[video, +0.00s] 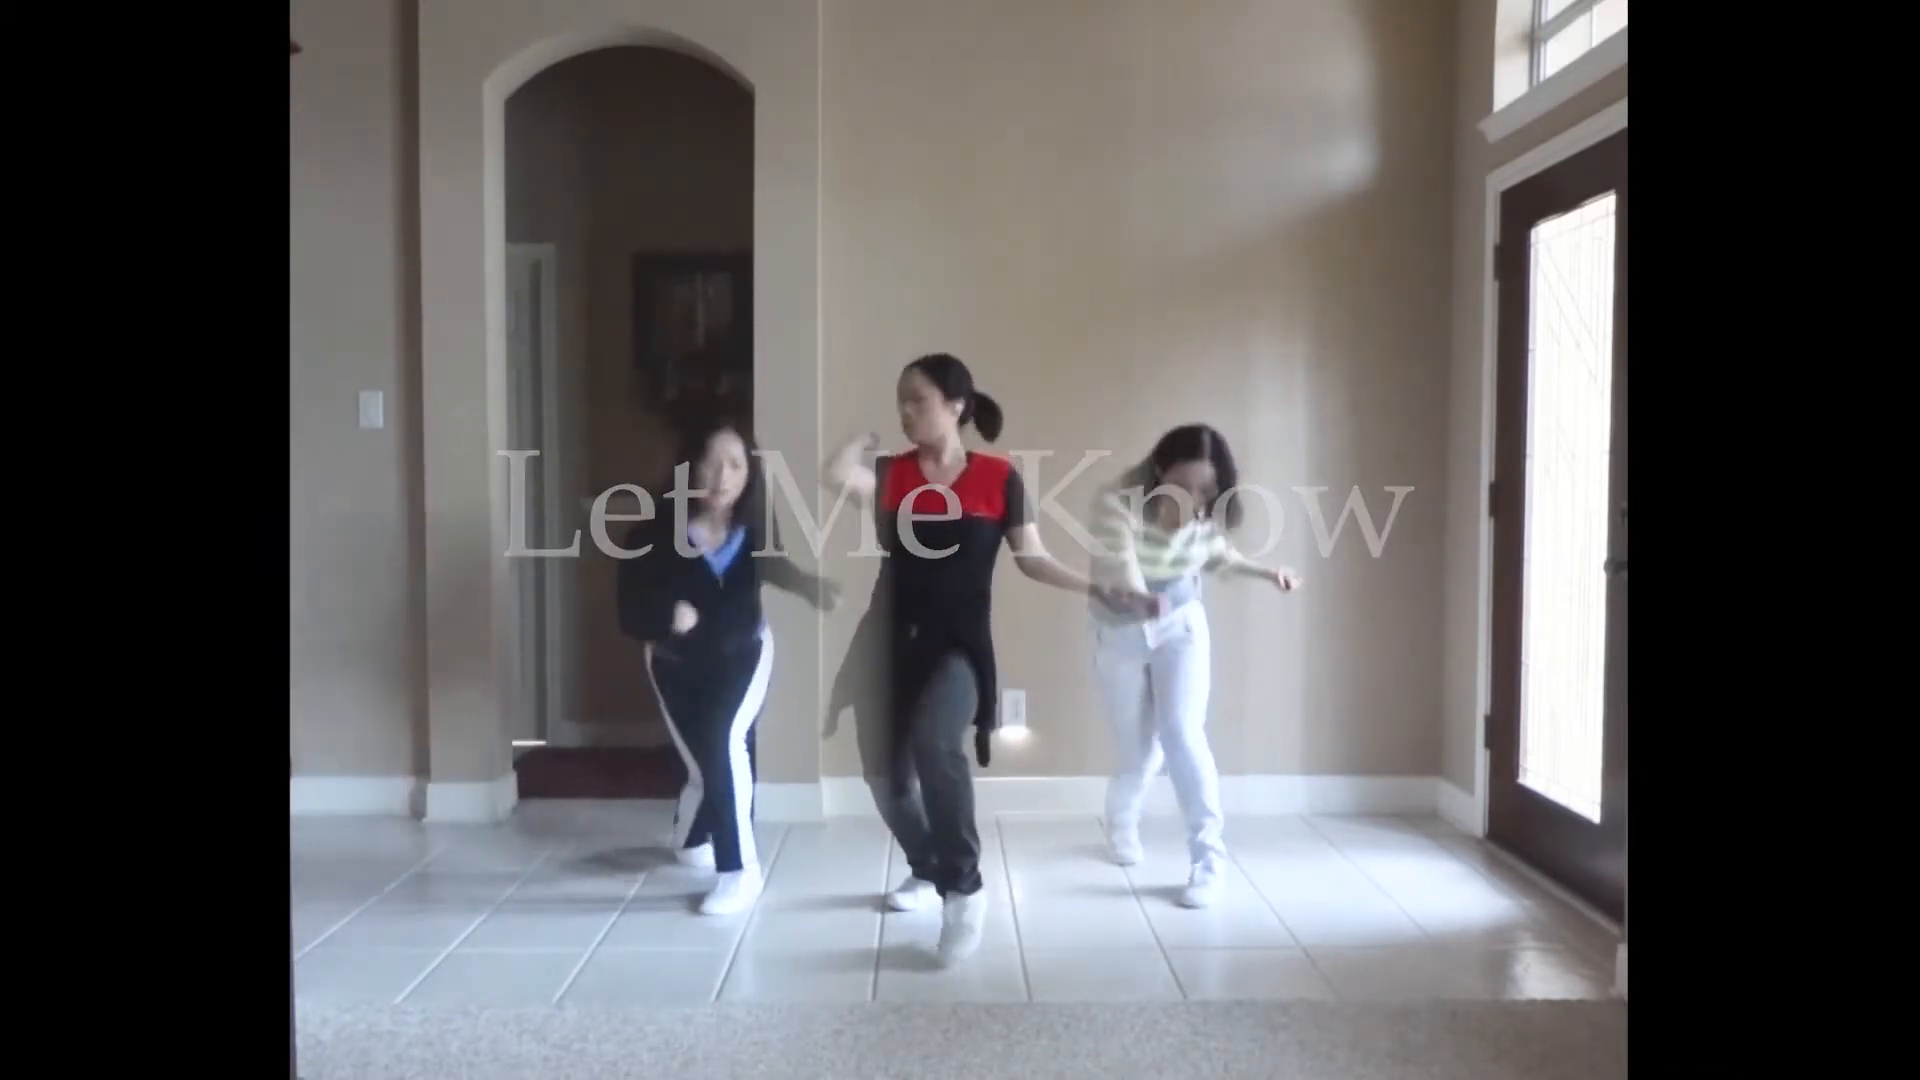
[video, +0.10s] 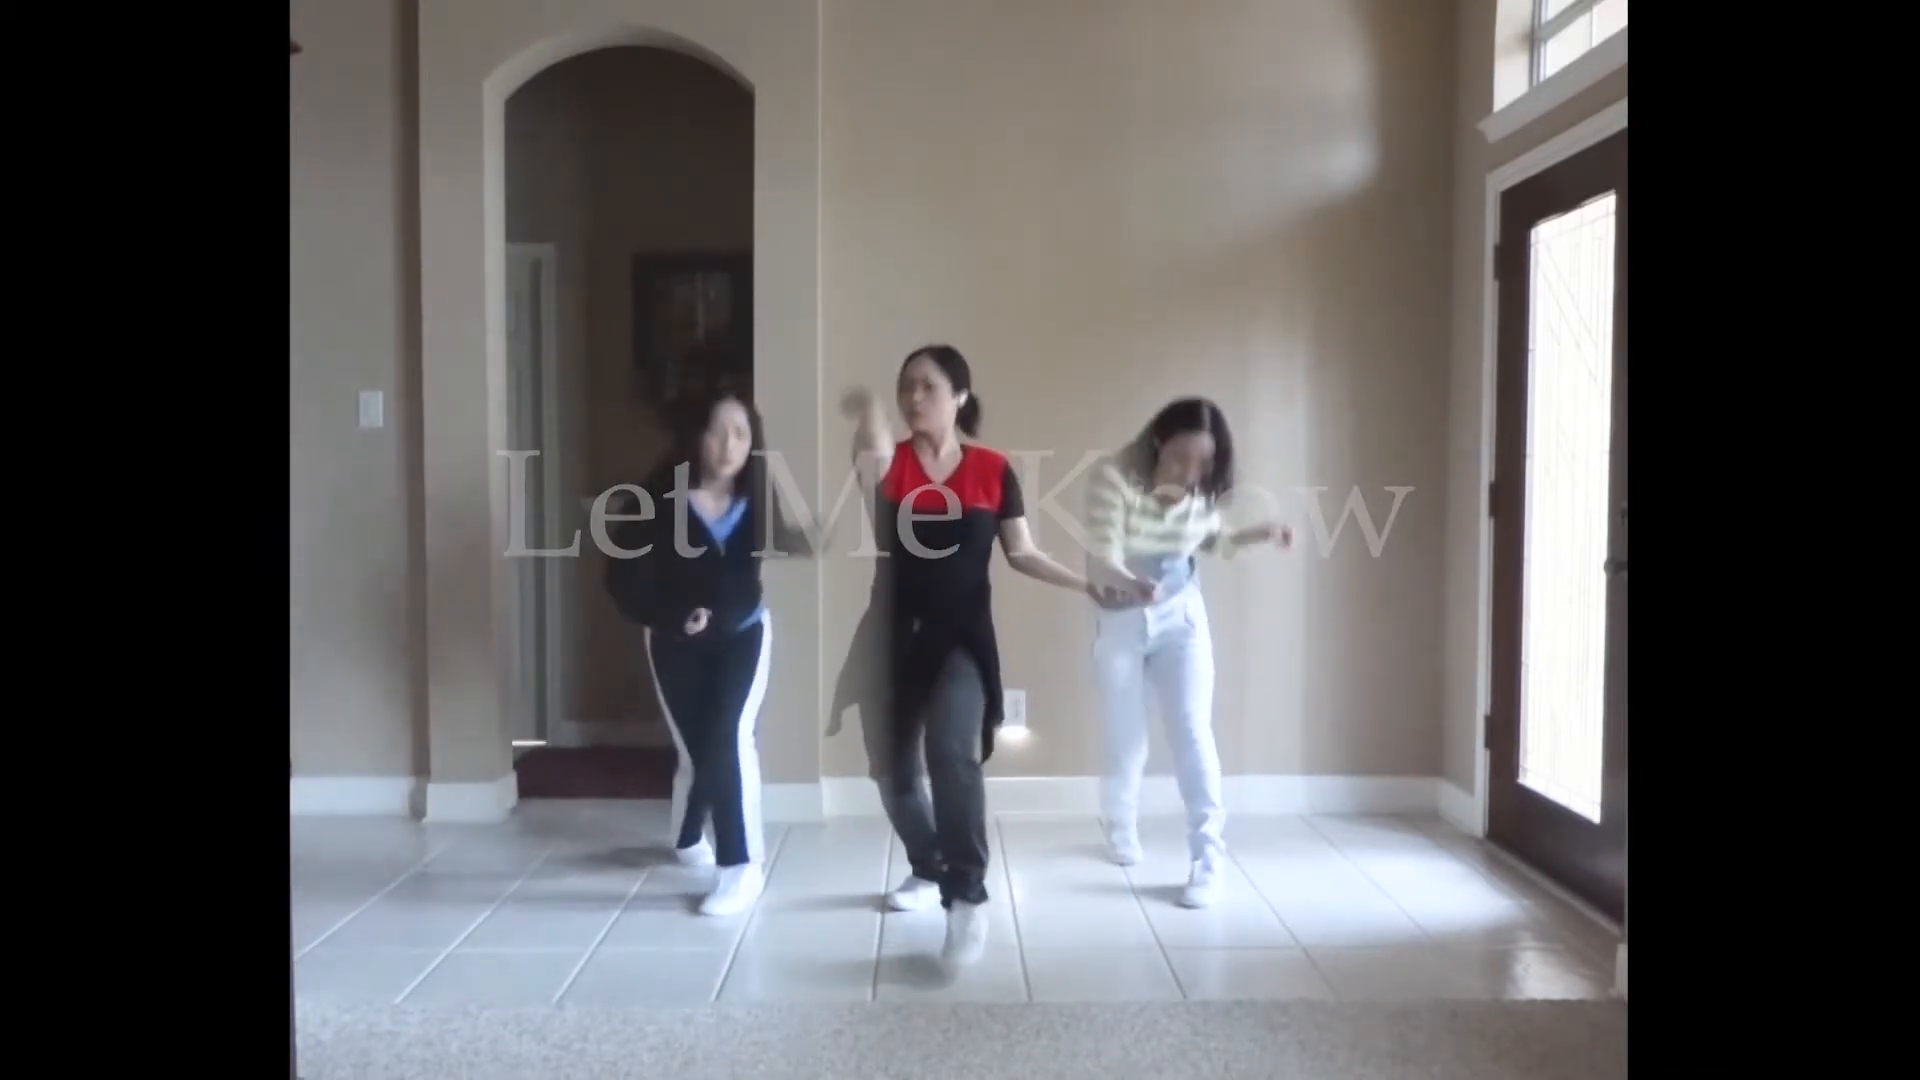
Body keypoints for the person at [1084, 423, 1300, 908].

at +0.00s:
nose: (1190, 503)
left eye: (1204, 495)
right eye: (1182, 487)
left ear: (1216, 493)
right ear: (1161, 471)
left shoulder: (1203, 526)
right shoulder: (1117, 504)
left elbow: (1220, 561)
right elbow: (1115, 561)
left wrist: (1266, 573)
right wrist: (1135, 594)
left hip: (1180, 624)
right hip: (1118, 630)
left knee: (1182, 732)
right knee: (1138, 748)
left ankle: (1207, 858)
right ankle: (1121, 824)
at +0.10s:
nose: (1188, 472)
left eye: (1201, 463)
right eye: (1179, 457)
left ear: (1213, 462)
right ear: (1158, 444)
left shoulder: (1202, 496)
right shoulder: (1113, 479)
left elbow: (1209, 543)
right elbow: (1101, 562)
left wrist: (1261, 534)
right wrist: (1131, 585)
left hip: (1180, 617)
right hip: (1119, 620)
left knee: (1192, 734)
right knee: (1127, 739)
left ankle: (1207, 858)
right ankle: (1120, 826)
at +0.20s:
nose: (1192, 434)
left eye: (1203, 424)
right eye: (1184, 419)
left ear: (1212, 428)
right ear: (1160, 412)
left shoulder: (1206, 474)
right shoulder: (1116, 461)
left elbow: (1224, 518)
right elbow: (1072, 520)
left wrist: (1275, 502)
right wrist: (1110, 577)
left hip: (1180, 612)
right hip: (1121, 614)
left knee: (1196, 730)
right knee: (1120, 731)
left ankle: (1193, 848)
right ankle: (1119, 829)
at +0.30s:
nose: (1186, 402)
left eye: (1198, 393)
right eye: (1177, 388)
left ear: (1209, 400)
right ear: (1153, 385)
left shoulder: (1215, 455)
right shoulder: (1116, 449)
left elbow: (1270, 486)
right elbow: (1073, 512)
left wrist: (1321, 485)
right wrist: (1094, 577)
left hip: (1183, 611)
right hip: (1127, 611)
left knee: (1191, 728)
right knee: (1123, 728)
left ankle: (1168, 843)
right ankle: (1115, 824)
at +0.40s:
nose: (1182, 390)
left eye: (1193, 382)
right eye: (1172, 377)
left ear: (1201, 392)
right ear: (1146, 377)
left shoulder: (1212, 449)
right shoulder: (1114, 446)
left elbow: (1275, 466)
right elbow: (1069, 514)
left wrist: (1341, 479)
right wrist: (1083, 573)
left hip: (1192, 612)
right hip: (1136, 608)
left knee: (1185, 736)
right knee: (1140, 734)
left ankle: (1165, 842)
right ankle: (1109, 813)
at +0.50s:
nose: (1178, 389)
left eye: (1189, 381)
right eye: (1167, 377)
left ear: (1196, 392)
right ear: (1142, 380)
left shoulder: (1208, 453)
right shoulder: (1113, 449)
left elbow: (1269, 469)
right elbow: (1071, 518)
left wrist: (1336, 485)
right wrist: (1093, 579)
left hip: (1196, 613)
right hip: (1144, 612)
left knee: (1195, 741)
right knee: (1174, 738)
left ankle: (1166, 846)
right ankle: (1105, 780)